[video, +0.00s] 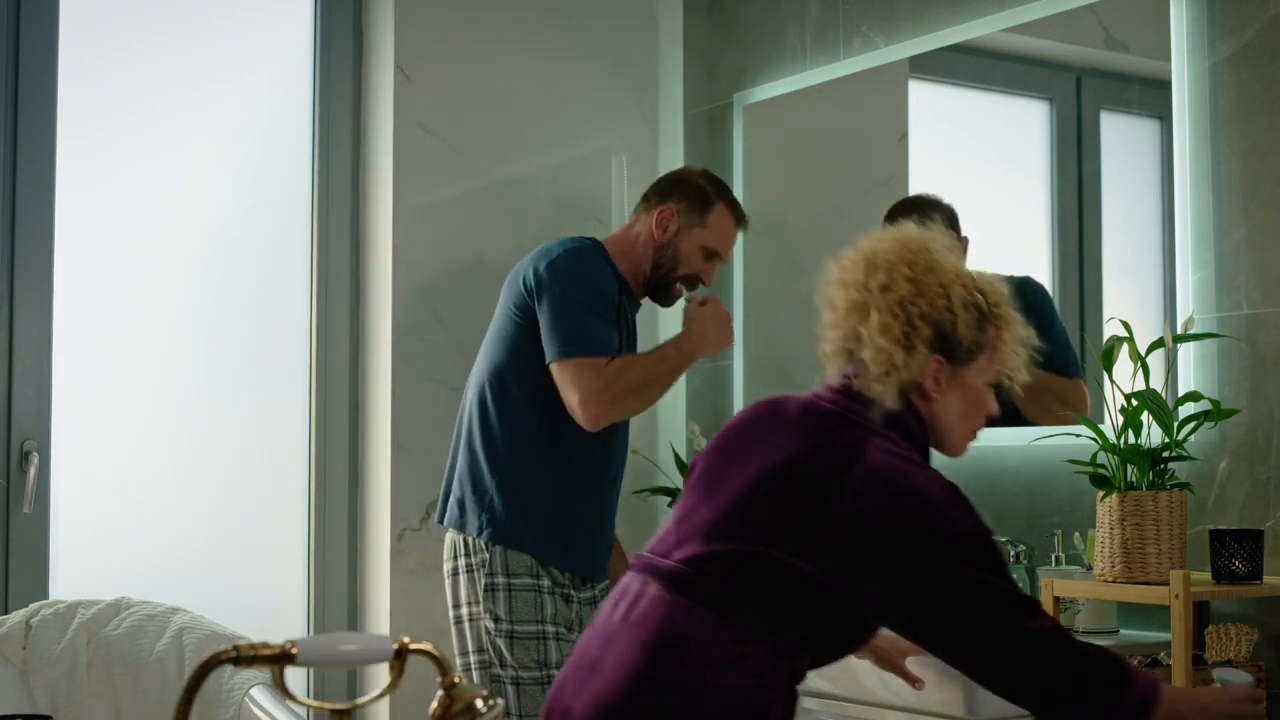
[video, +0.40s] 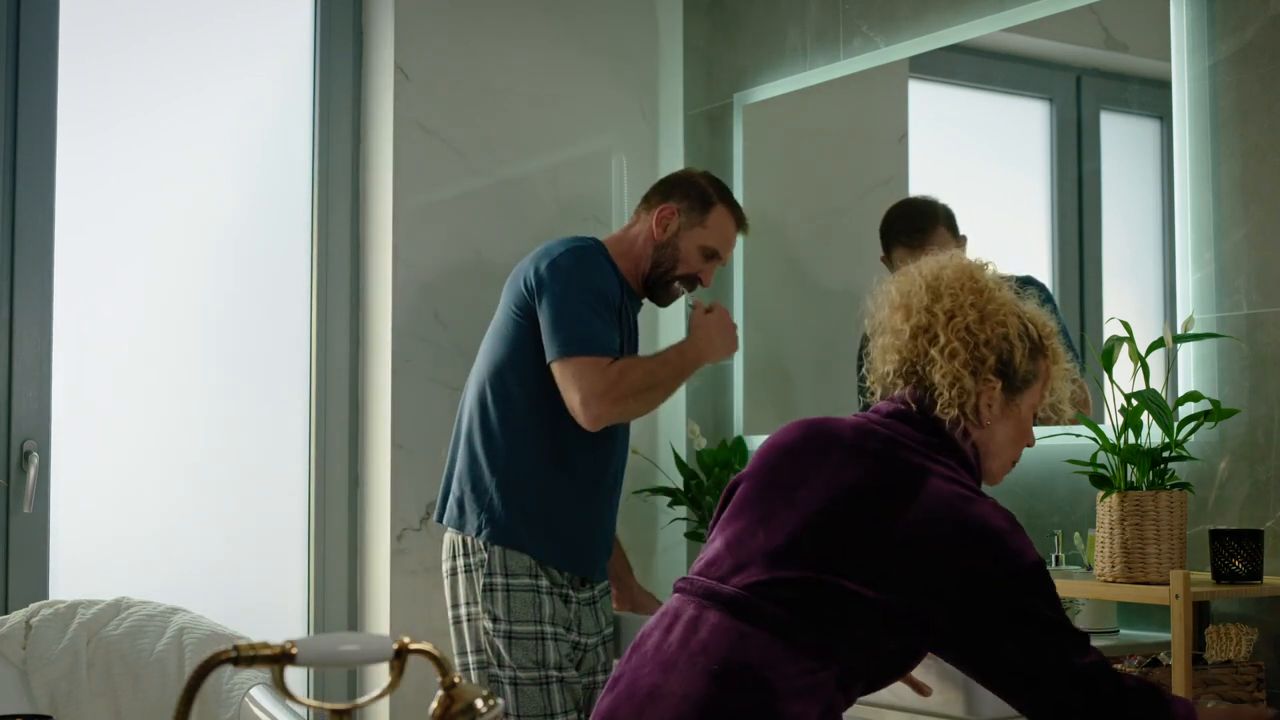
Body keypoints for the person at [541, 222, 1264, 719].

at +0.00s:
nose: (993, 406)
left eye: (998, 384)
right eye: (989, 381)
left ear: (863, 360)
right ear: (929, 372)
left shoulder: (761, 421)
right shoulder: (913, 497)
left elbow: (732, 565)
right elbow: (1027, 657)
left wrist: (864, 638)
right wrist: (1177, 697)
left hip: (591, 682)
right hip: (708, 699)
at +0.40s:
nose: (1030, 440)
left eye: (1037, 416)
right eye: (1031, 414)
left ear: (907, 383)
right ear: (982, 397)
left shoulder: (794, 439)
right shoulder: (966, 526)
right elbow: (1075, 688)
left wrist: (888, 648)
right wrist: (1183, 710)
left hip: (632, 691)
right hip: (752, 706)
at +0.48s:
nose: (1031, 432)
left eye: (1038, 409)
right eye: (1032, 406)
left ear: (902, 374)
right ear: (983, 390)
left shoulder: (792, 435)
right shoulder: (970, 521)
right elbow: (1032, 693)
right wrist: (1167, 715)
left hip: (632, 690)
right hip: (759, 704)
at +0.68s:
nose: (1029, 424)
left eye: (1038, 400)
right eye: (1033, 396)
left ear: (911, 355)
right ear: (987, 377)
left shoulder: (802, 422)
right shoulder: (956, 513)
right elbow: (957, 704)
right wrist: (1069, 719)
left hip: (633, 683)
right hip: (757, 702)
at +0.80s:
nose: (1033, 422)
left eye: (1040, 397)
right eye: (1035, 394)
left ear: (911, 358)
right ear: (987, 379)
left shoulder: (803, 420)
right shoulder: (956, 515)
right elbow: (975, 702)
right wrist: (1098, 716)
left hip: (627, 684)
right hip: (752, 702)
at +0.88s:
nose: (1034, 419)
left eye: (1042, 394)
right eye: (1035, 392)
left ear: (913, 357)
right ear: (987, 379)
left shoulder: (808, 416)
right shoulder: (954, 512)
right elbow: (984, 699)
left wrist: (889, 650)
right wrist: (1094, 714)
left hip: (627, 682)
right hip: (751, 700)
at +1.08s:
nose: (1027, 389)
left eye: (1032, 366)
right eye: (1025, 363)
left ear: (908, 339)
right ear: (970, 353)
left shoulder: (799, 402)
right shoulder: (937, 492)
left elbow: (771, 545)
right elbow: (979, 693)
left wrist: (866, 636)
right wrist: (1097, 711)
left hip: (621, 675)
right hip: (742, 695)